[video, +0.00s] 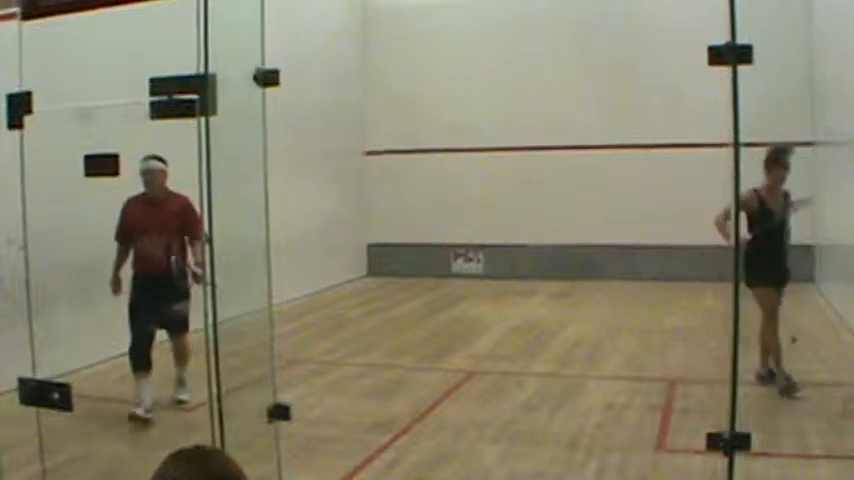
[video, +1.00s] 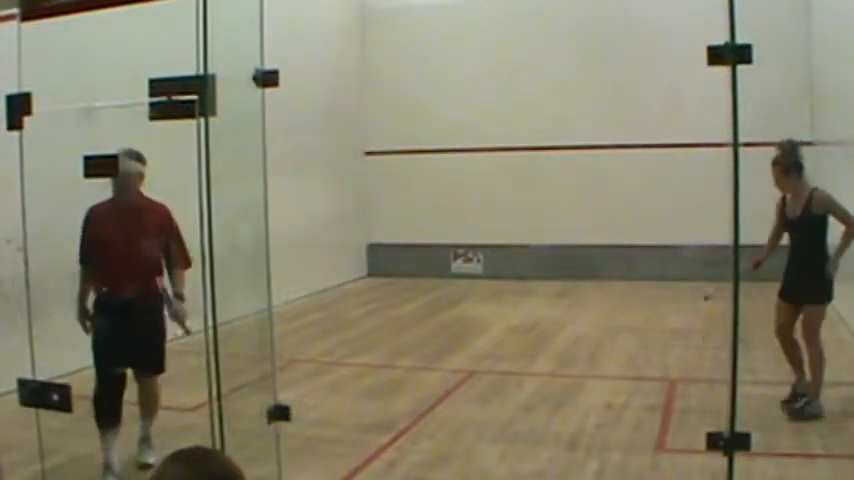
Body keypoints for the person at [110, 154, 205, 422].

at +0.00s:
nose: (151, 180)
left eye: (156, 174)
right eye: (146, 175)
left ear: (166, 175)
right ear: (141, 178)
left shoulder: (181, 205)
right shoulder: (132, 207)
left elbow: (197, 237)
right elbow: (124, 243)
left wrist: (199, 264)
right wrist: (116, 272)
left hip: (174, 279)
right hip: (144, 280)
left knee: (179, 335)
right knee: (140, 341)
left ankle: (182, 382)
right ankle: (144, 402)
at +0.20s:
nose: (137, 180)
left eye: (142, 173)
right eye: (132, 174)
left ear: (151, 175)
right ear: (125, 178)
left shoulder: (167, 204)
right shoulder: (116, 208)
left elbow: (183, 242)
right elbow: (109, 249)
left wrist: (185, 273)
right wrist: (101, 280)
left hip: (160, 282)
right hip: (130, 284)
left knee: (163, 344)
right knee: (131, 350)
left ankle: (174, 379)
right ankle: (142, 409)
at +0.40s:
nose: (126, 179)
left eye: (131, 173)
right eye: (122, 173)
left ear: (145, 173)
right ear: (118, 174)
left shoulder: (162, 203)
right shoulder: (108, 205)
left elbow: (175, 244)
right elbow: (94, 242)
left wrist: (183, 280)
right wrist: (81, 271)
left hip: (154, 284)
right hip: (122, 285)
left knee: (154, 347)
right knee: (129, 350)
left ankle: (158, 417)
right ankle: (141, 408)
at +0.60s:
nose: (128, 185)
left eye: (134, 179)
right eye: (124, 178)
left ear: (146, 179)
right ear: (118, 180)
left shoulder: (161, 214)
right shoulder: (105, 212)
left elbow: (177, 258)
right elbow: (88, 252)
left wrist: (187, 294)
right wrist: (70, 279)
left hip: (152, 295)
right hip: (118, 296)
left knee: (146, 360)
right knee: (124, 366)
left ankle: (148, 437)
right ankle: (137, 404)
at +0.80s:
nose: (128, 180)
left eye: (134, 174)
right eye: (123, 173)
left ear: (146, 174)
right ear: (117, 174)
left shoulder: (161, 210)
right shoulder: (102, 209)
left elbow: (177, 259)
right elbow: (90, 255)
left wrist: (187, 297)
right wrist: (79, 290)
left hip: (150, 297)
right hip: (114, 298)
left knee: (146, 369)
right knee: (107, 375)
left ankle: (146, 438)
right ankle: (124, 410)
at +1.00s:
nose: (125, 183)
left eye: (132, 177)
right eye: (120, 177)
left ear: (143, 178)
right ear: (112, 178)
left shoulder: (159, 214)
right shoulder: (97, 215)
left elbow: (176, 261)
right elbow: (87, 265)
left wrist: (180, 299)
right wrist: (82, 302)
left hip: (147, 306)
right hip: (108, 307)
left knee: (147, 377)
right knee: (109, 382)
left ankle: (146, 441)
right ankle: (109, 459)